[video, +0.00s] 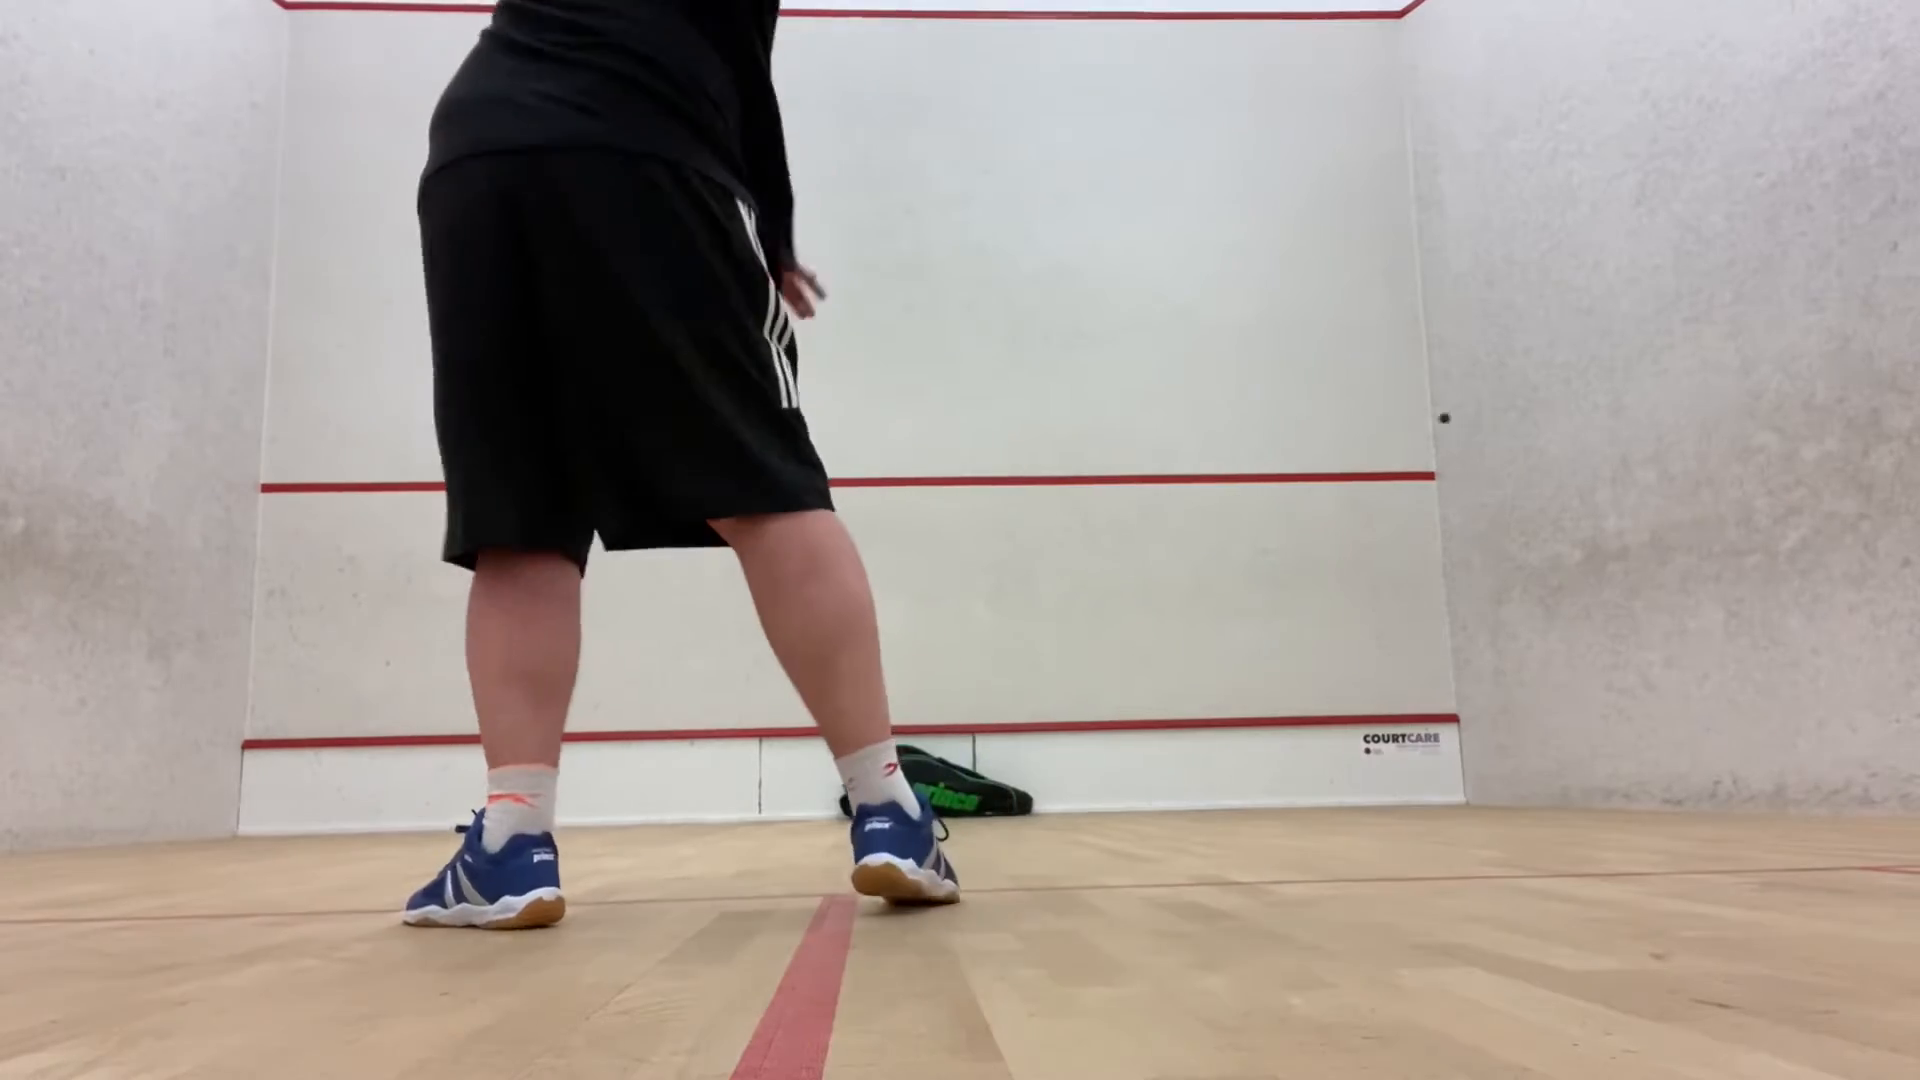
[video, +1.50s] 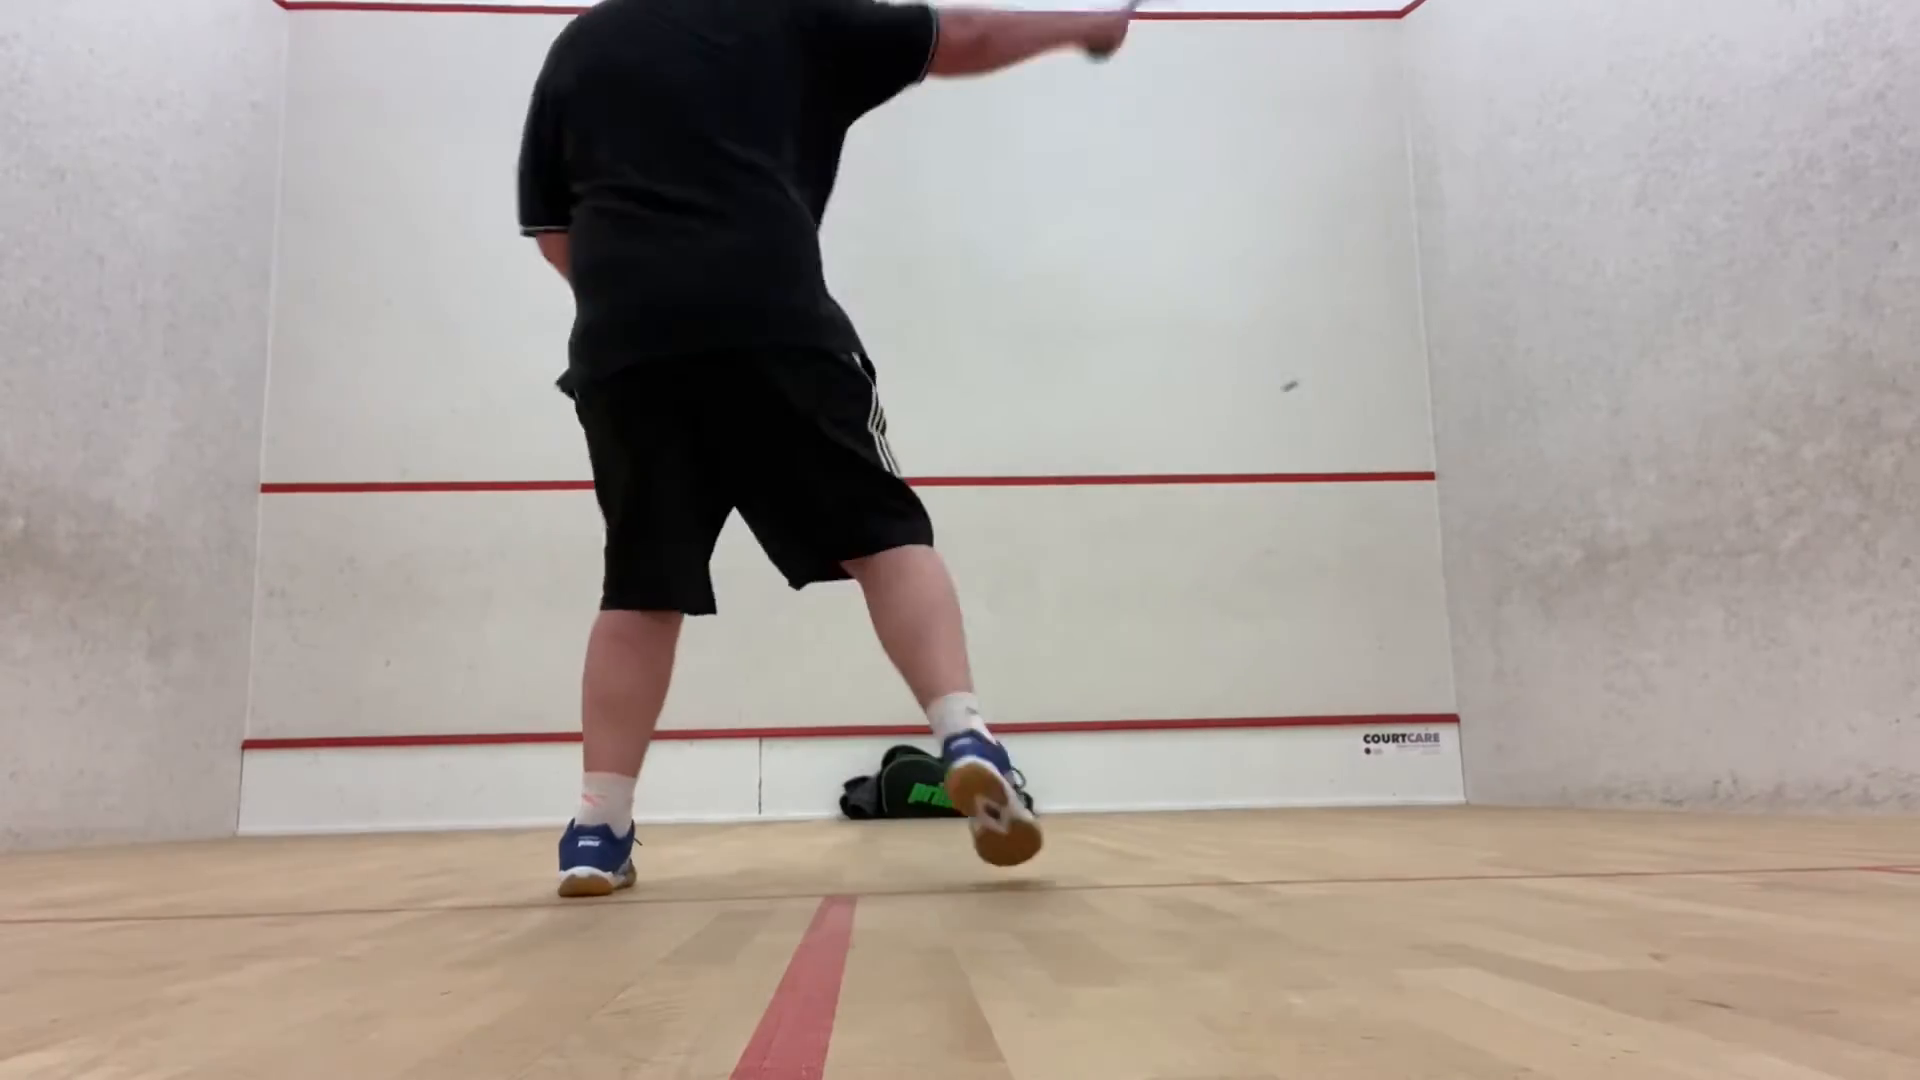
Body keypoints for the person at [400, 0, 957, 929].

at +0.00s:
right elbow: (739, 59)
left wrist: (774, 238)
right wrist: (778, 235)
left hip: (476, 167)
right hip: (649, 166)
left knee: (520, 524)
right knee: (771, 497)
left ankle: (513, 839)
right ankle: (883, 811)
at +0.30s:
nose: (983, 100)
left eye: (987, 78)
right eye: (987, 77)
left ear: (883, 37)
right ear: (956, 67)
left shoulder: (740, 51)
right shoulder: (906, 169)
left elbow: (571, 44)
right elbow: (970, 379)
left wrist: (471, 180)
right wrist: (1150, 345)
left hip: (465, 255)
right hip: (645, 274)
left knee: (571, 570)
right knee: (831, 516)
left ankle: (435, 841)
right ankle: (881, 827)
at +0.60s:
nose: (975, 273)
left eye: (977, 255)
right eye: (981, 262)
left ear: (929, 191)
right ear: (978, 252)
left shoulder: (817, 148)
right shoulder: (940, 292)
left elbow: (669, 83)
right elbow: (824, 405)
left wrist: (544, 124)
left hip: (593, 162)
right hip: (774, 211)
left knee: (562, 521)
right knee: (841, 535)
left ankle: (426, 825)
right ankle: (883, 827)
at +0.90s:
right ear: (863, 2)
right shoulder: (867, 61)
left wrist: (486, 7)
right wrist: (654, 216)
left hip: (704, 210)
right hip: (864, 250)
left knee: (605, 512)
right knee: (830, 552)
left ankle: (566, 790)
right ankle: (880, 798)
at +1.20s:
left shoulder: (634, 21)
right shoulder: (763, 48)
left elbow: (566, 195)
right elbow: (636, 221)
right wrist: (506, 155)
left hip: (678, 348)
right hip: (831, 345)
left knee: (618, 574)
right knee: (810, 583)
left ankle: (593, 829)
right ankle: (914, 769)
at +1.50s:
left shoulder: (581, 41)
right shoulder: (796, 16)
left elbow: (555, 232)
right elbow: (960, 41)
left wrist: (645, 310)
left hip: (625, 344)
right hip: (778, 322)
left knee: (640, 581)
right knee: (883, 533)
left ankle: (597, 827)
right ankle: (965, 740)